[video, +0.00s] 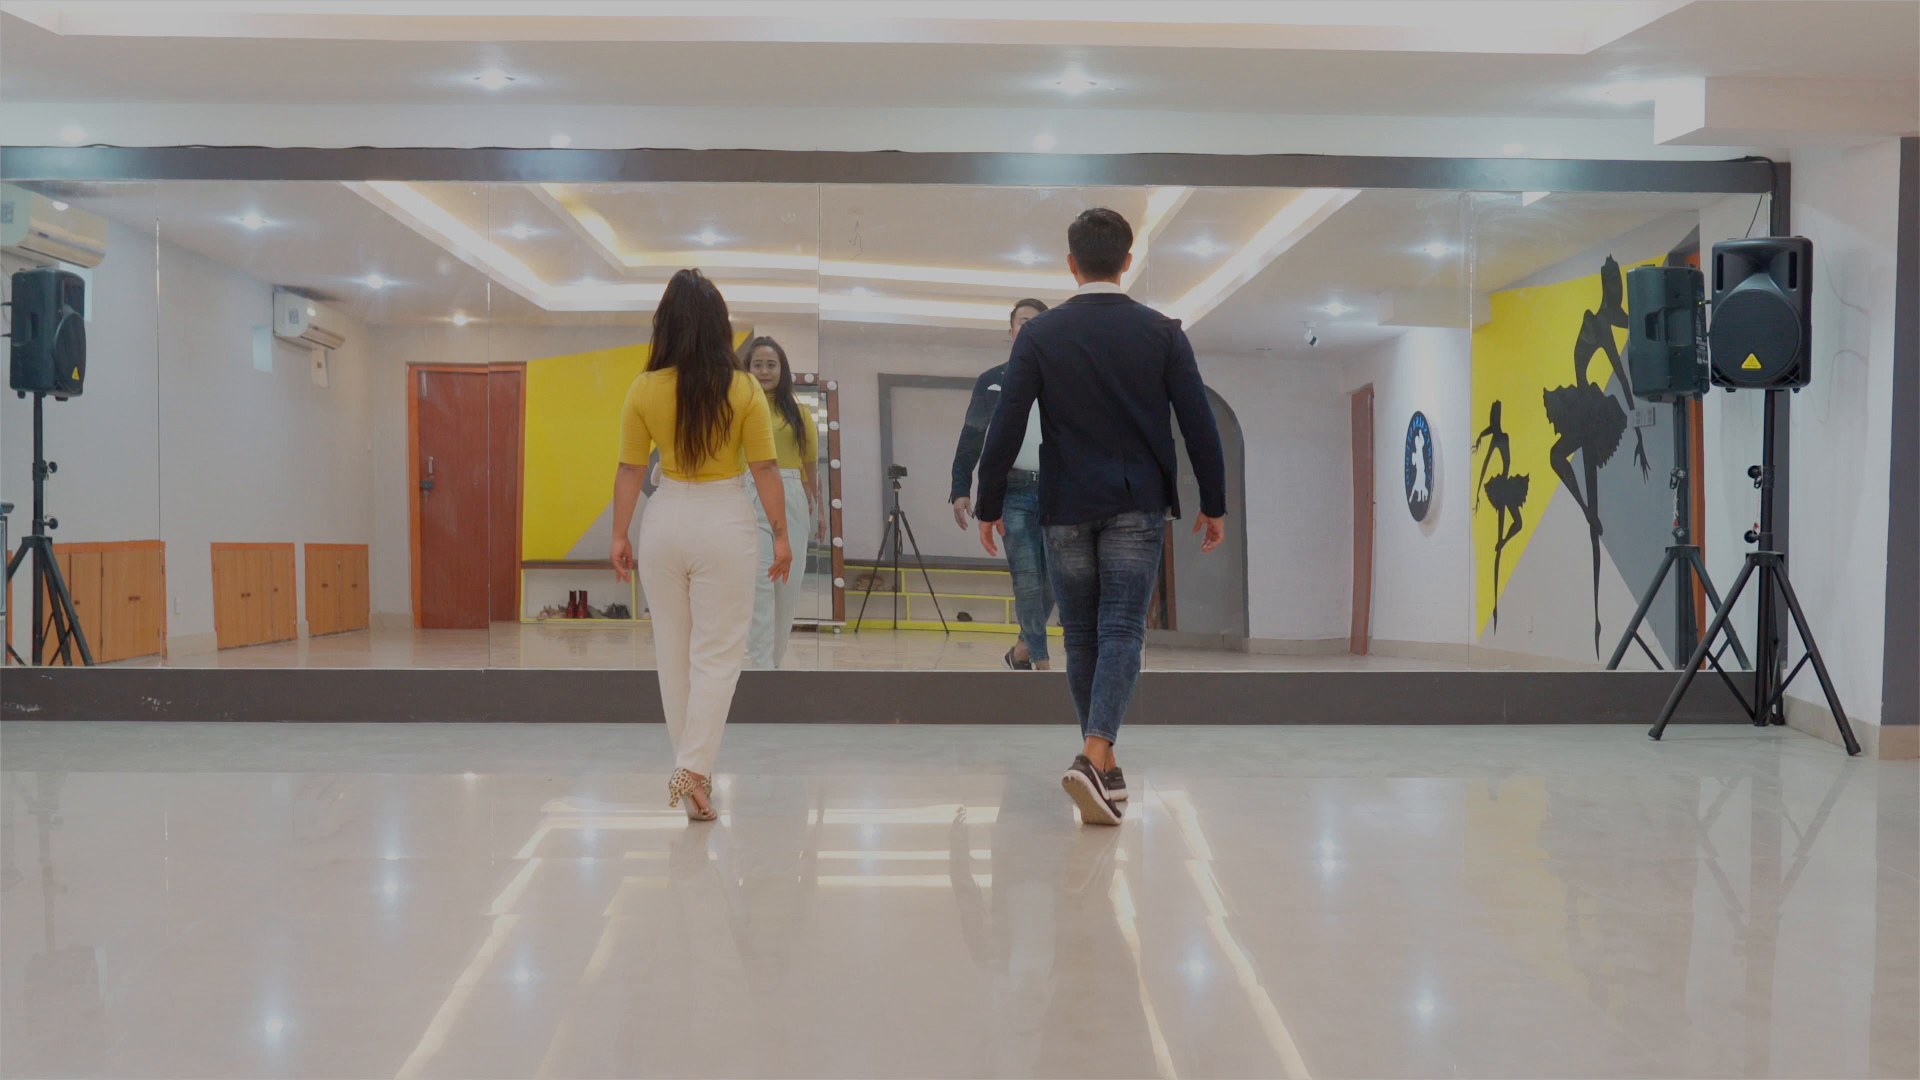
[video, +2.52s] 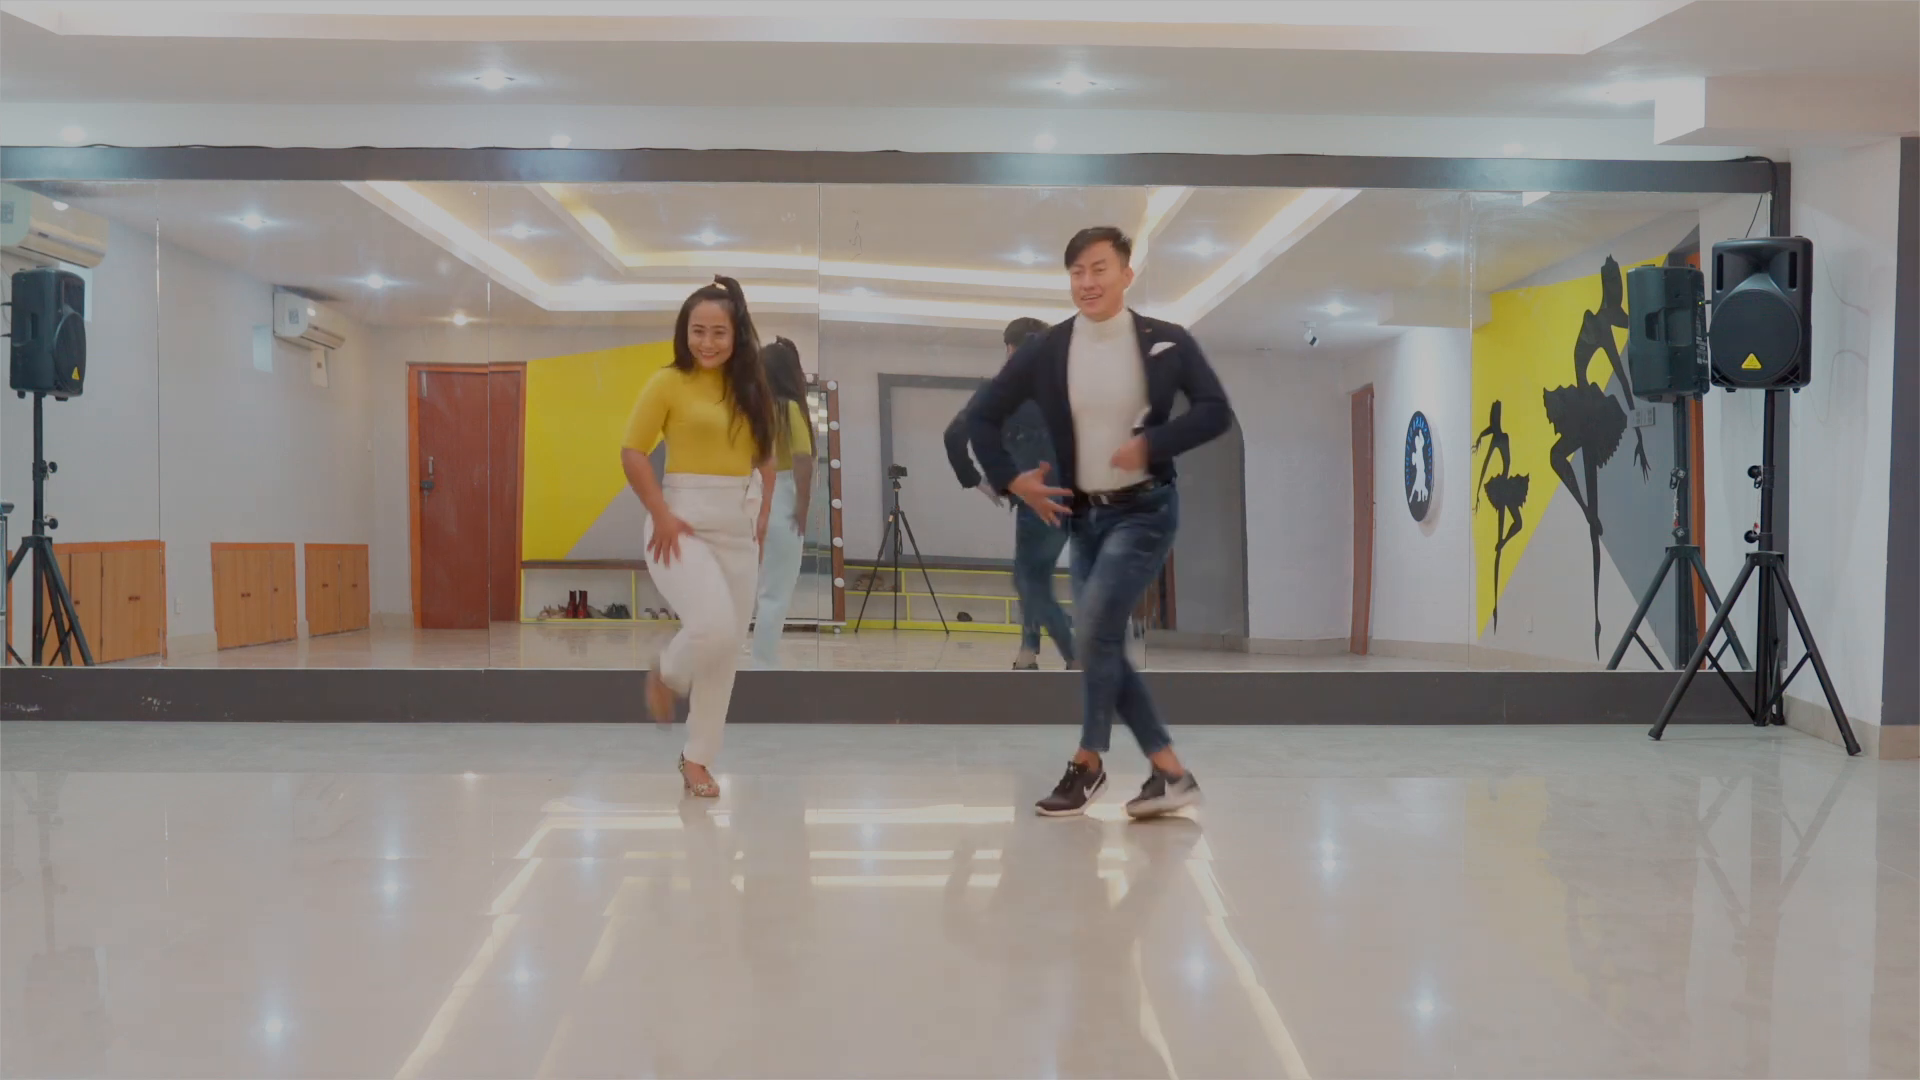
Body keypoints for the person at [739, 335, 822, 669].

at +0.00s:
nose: (764, 371)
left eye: (771, 364)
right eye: (757, 364)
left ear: (782, 370)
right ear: (746, 370)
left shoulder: (799, 413)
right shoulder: (740, 411)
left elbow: (809, 470)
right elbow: (730, 465)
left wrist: (817, 512)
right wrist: (730, 507)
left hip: (791, 499)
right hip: (751, 498)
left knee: (788, 585)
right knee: (760, 586)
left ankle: (773, 668)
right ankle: (759, 672)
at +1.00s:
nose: (764, 372)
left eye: (771, 365)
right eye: (757, 365)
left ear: (782, 369)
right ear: (746, 369)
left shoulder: (800, 410)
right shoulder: (740, 409)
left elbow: (809, 460)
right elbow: (731, 462)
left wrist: (814, 503)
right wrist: (730, 504)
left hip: (791, 496)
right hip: (750, 497)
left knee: (790, 578)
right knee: (758, 580)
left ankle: (777, 661)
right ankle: (758, 665)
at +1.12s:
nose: (761, 371)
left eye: (767, 365)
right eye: (753, 365)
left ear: (778, 372)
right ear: (741, 371)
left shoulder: (789, 411)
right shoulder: (738, 411)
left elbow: (805, 466)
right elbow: (752, 440)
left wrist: (812, 510)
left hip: (789, 510)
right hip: (752, 510)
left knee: (792, 589)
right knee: (764, 587)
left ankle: (773, 662)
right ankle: (751, 666)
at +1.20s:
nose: (777, 369)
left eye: (778, 363)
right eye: (768, 364)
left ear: (780, 367)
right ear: (748, 370)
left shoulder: (773, 399)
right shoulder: (760, 398)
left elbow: (782, 463)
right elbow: (804, 434)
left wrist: (801, 502)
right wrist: (811, 469)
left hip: (783, 501)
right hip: (760, 499)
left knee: (791, 587)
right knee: (774, 587)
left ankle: (766, 666)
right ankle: (747, 669)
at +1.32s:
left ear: (747, 377)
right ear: (784, 375)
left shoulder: (736, 410)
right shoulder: (794, 413)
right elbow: (809, 465)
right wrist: (814, 508)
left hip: (736, 501)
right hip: (775, 502)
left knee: (755, 590)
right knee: (781, 594)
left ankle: (755, 669)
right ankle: (752, 670)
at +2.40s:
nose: (802, 378)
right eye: (797, 373)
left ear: (758, 379)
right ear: (791, 378)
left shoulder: (746, 413)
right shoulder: (795, 417)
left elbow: (739, 471)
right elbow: (802, 475)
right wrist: (808, 520)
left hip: (745, 502)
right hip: (783, 501)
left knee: (751, 589)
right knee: (782, 593)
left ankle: (747, 666)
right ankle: (763, 670)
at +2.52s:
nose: (804, 376)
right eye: (799, 369)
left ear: (762, 371)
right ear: (792, 371)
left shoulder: (749, 405)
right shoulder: (790, 407)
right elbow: (803, 459)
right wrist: (802, 508)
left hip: (752, 501)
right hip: (782, 502)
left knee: (760, 587)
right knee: (776, 592)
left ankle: (760, 662)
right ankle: (763, 666)